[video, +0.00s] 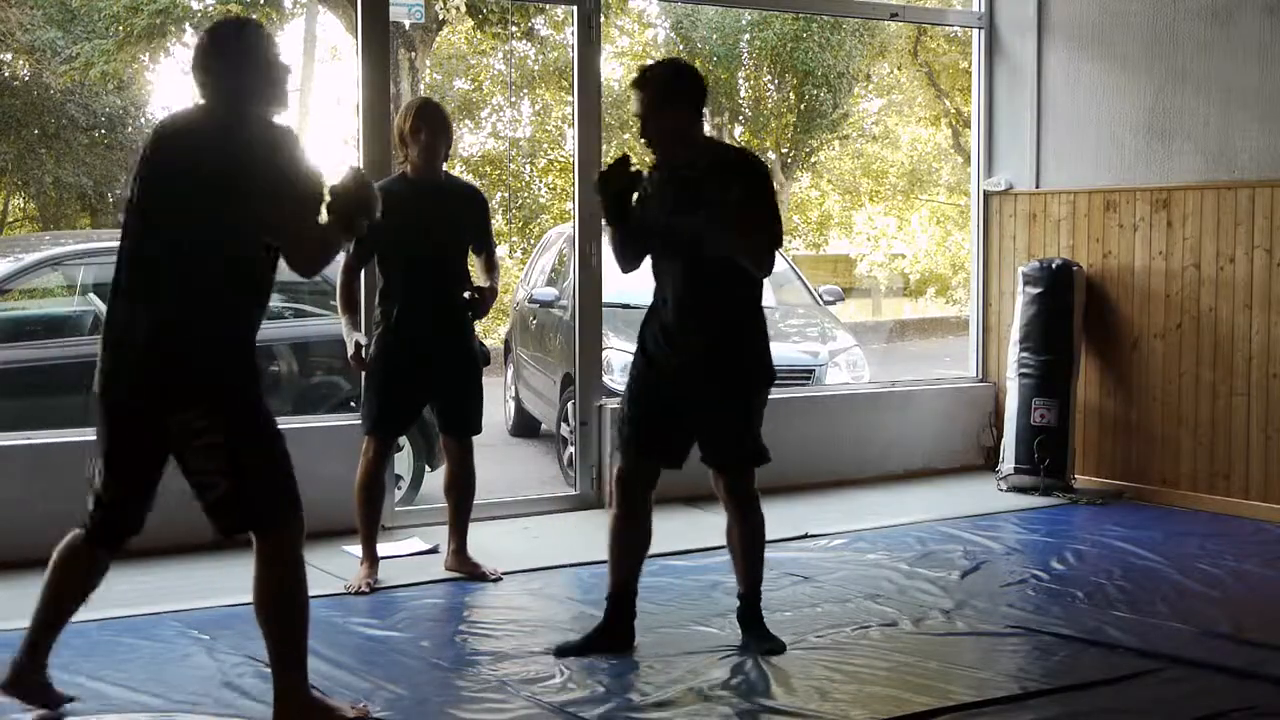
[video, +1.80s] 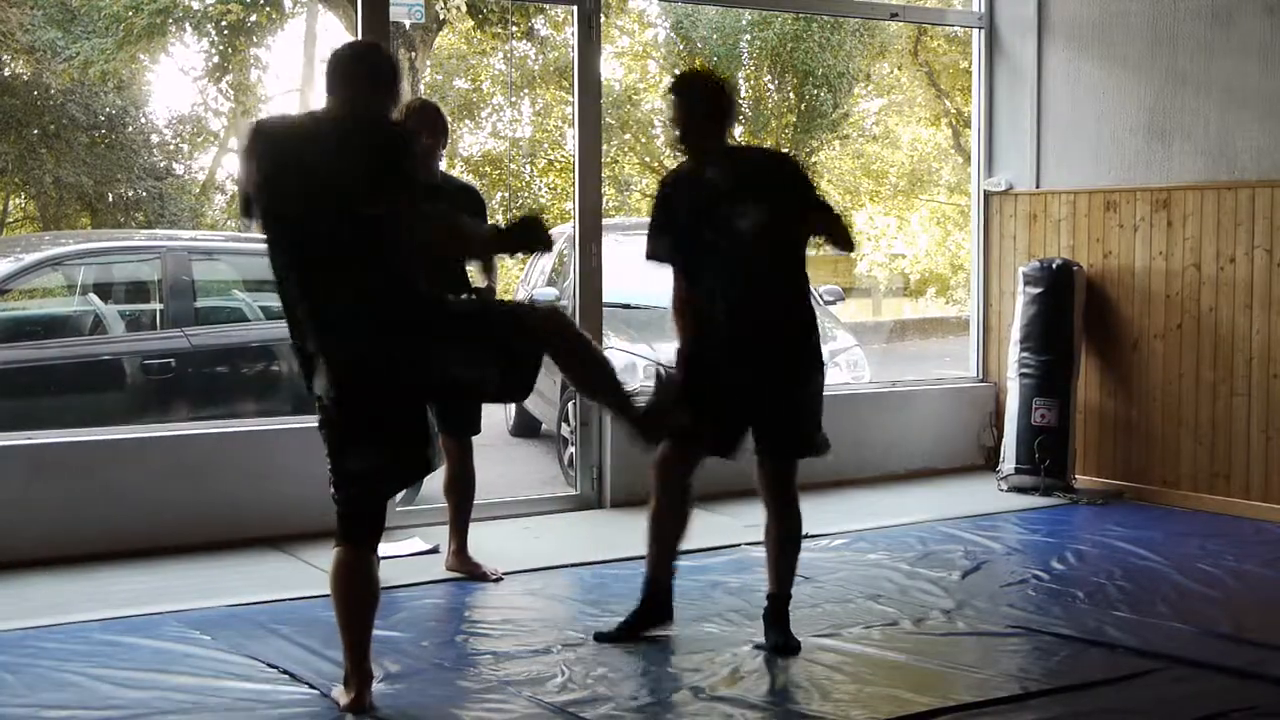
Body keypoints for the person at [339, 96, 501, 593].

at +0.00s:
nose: (427, 140)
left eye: (435, 130)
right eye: (418, 132)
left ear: (448, 137)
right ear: (403, 138)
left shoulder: (468, 198)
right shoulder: (380, 197)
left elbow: (487, 257)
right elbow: (350, 271)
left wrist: (490, 290)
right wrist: (351, 332)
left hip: (452, 336)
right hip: (395, 338)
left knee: (459, 446)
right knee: (377, 447)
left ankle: (457, 552)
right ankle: (367, 561)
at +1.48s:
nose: (429, 142)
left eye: (436, 132)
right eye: (420, 132)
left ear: (446, 138)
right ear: (400, 136)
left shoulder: (462, 196)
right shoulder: (379, 189)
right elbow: (361, 258)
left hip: (452, 329)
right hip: (391, 326)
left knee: (456, 443)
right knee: (381, 435)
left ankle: (457, 550)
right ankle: (363, 548)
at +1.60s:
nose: (427, 143)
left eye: (435, 134)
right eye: (418, 133)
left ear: (447, 140)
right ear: (398, 137)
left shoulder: (464, 198)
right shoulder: (376, 189)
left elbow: (487, 264)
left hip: (450, 331)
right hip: (391, 328)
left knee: (456, 446)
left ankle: (457, 549)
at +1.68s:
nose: (428, 144)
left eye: (435, 133)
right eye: (418, 133)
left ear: (447, 139)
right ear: (398, 136)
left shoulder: (464, 198)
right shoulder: (376, 186)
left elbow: (483, 268)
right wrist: (482, 267)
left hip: (451, 331)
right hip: (393, 326)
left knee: (456, 446)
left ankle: (457, 549)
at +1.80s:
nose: (429, 144)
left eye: (434, 134)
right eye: (422, 134)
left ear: (444, 138)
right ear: (406, 134)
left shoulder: (463, 195)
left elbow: (485, 264)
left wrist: (489, 298)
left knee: (457, 444)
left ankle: (458, 549)